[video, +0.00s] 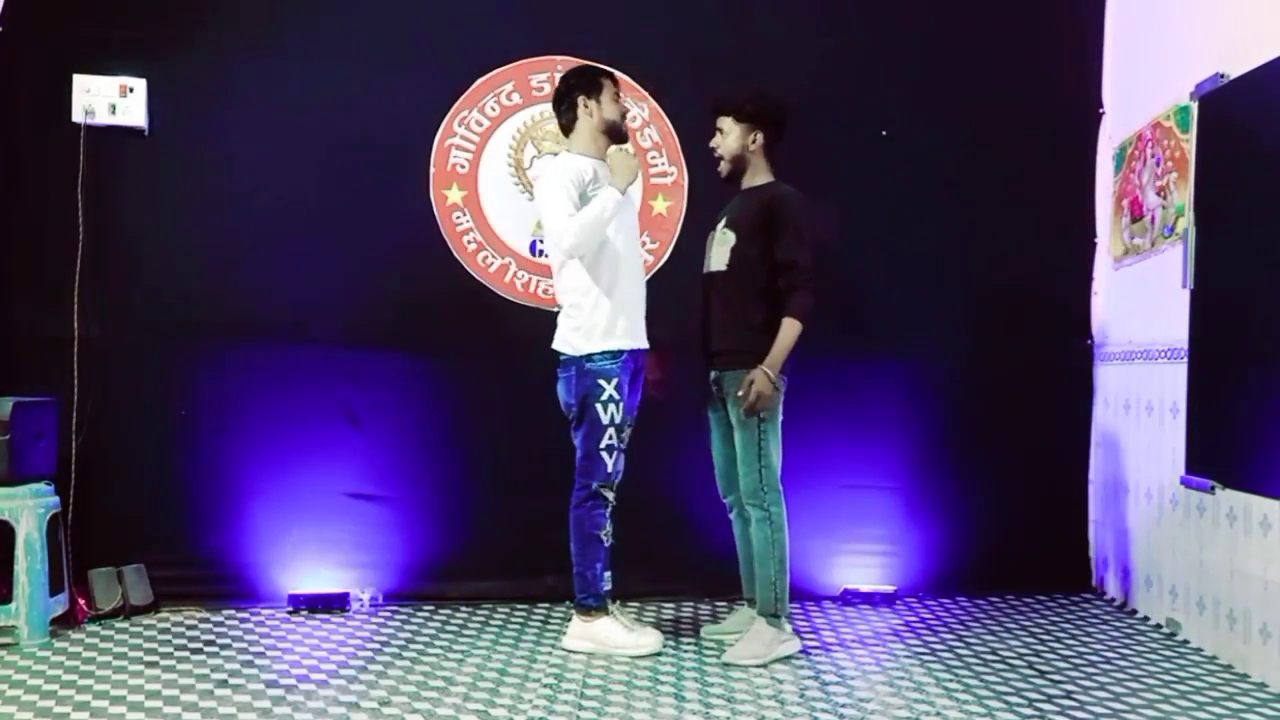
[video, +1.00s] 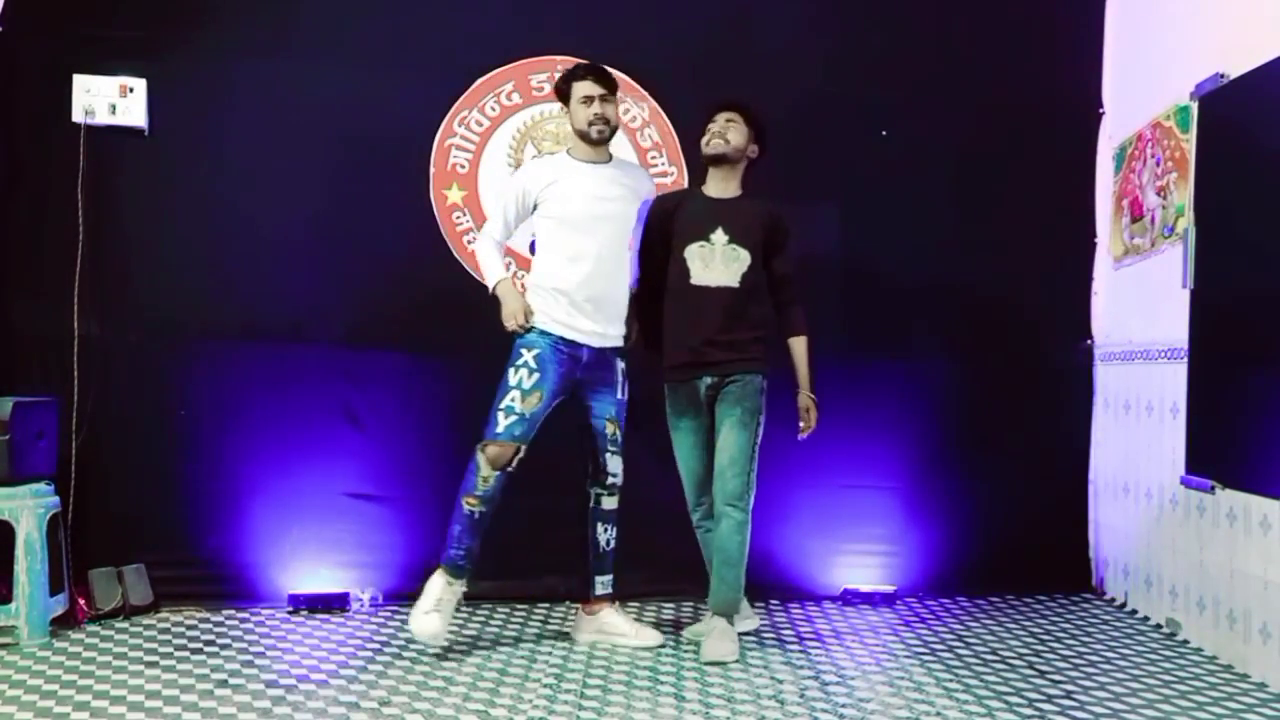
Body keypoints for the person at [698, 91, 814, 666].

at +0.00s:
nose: (714, 142)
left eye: (723, 132)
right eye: (715, 132)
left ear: (755, 137)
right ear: (747, 140)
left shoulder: (781, 203)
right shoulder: (731, 208)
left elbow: (799, 295)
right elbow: (725, 292)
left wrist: (770, 369)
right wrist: (712, 361)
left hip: (755, 370)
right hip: (721, 370)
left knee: (762, 494)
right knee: (736, 495)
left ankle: (776, 623)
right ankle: (755, 607)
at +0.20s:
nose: (709, 137)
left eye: (719, 128)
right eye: (711, 128)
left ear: (751, 137)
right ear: (736, 138)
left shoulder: (768, 204)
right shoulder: (715, 208)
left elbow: (783, 297)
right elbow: (706, 297)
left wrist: (755, 374)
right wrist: (691, 372)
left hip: (741, 369)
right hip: (709, 368)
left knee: (750, 492)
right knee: (728, 492)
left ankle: (771, 617)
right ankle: (753, 605)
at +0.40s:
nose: (715, 129)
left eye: (729, 123)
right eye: (713, 121)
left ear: (755, 140)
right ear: (706, 136)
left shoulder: (766, 204)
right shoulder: (691, 212)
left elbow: (783, 294)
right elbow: (674, 295)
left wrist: (755, 370)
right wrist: (672, 376)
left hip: (737, 366)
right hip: (693, 368)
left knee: (728, 490)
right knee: (719, 491)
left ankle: (737, 618)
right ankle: (763, 604)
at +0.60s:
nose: (735, 130)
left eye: (744, 128)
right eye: (726, 125)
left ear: (751, 152)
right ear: (702, 145)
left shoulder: (764, 205)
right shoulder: (671, 211)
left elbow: (786, 291)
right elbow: (649, 285)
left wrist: (768, 366)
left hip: (740, 369)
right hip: (682, 369)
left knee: (731, 496)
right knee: (701, 500)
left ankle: (722, 619)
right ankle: (755, 598)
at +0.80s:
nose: (731, 130)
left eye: (740, 129)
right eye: (722, 126)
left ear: (749, 154)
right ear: (700, 149)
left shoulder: (766, 210)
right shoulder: (667, 208)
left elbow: (788, 293)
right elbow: (640, 280)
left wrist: (791, 373)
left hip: (744, 369)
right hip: (678, 368)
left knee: (732, 494)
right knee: (677, 494)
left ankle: (720, 620)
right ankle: (732, 590)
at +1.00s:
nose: (717, 131)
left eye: (731, 126)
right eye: (711, 126)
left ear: (752, 149)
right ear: (699, 145)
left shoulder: (766, 217)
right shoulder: (666, 210)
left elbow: (789, 304)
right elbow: (638, 290)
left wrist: (804, 386)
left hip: (742, 370)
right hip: (679, 370)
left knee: (732, 497)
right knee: (700, 502)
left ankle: (720, 619)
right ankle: (736, 602)